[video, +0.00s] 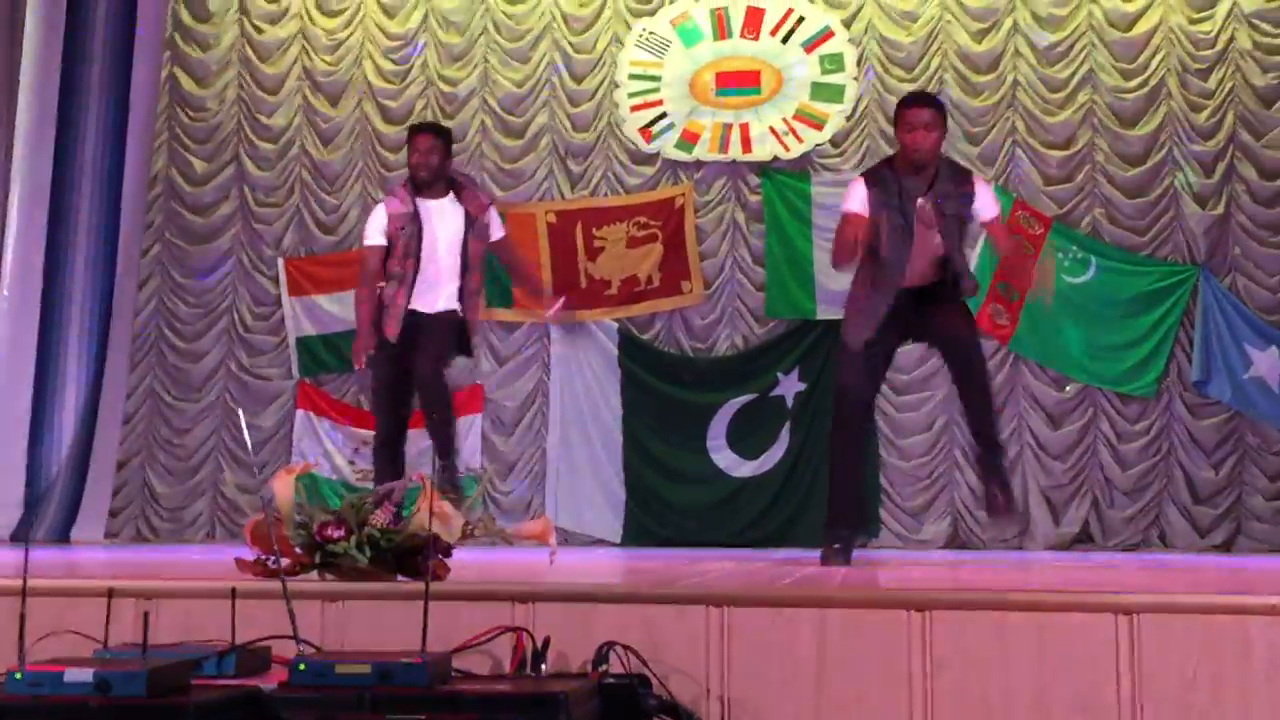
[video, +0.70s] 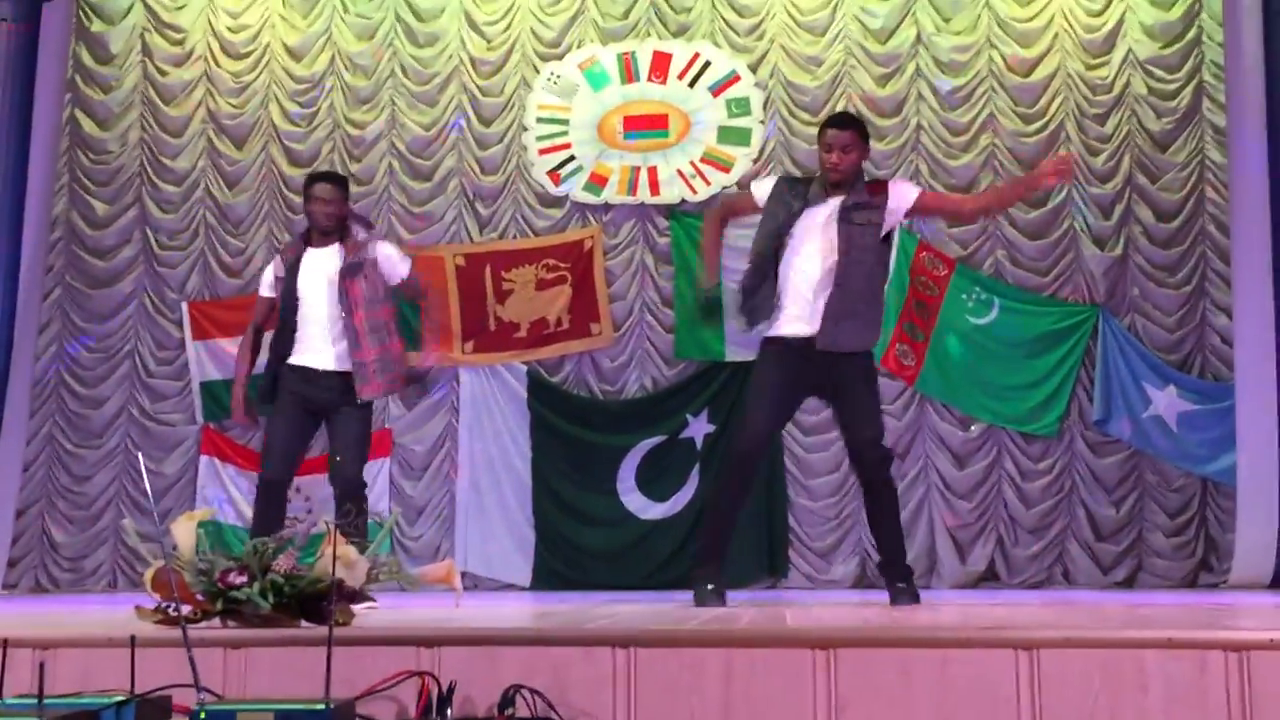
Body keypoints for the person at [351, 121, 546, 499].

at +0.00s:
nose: (421, 160)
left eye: (431, 153)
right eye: (415, 152)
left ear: (448, 159)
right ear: (407, 157)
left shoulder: (475, 206)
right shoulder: (387, 211)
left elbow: (510, 259)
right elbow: (369, 278)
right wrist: (366, 333)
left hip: (445, 318)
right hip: (397, 320)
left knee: (427, 373)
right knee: (389, 418)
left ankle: (446, 467)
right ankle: (385, 503)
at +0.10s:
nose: (415, 161)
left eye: (423, 154)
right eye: (408, 153)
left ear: (438, 159)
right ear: (397, 158)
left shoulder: (462, 206)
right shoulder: (375, 208)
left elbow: (508, 261)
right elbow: (347, 275)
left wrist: (547, 269)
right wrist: (325, 337)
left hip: (446, 330)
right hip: (394, 332)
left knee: (449, 428)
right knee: (388, 433)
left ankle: (460, 522)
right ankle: (379, 521)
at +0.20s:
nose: (379, 176)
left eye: (387, 168)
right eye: (373, 168)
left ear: (404, 173)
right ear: (363, 174)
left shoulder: (429, 221)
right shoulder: (342, 231)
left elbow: (440, 289)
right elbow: (325, 299)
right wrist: (294, 355)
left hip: (421, 341)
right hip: (372, 345)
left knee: (425, 436)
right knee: (379, 437)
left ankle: (422, 522)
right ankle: (386, 524)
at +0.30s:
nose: (362, 190)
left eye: (372, 182)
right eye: (356, 182)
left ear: (389, 188)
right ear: (348, 188)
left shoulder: (412, 238)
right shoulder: (332, 241)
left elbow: (390, 303)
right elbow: (325, 304)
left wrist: (347, 349)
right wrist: (317, 357)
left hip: (406, 353)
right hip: (359, 355)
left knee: (409, 447)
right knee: (389, 443)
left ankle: (421, 531)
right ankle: (417, 520)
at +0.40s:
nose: (354, 186)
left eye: (363, 179)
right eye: (348, 178)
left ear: (380, 186)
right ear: (340, 184)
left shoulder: (402, 236)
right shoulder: (328, 238)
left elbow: (392, 303)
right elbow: (324, 307)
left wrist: (355, 334)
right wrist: (316, 364)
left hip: (392, 352)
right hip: (345, 352)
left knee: (398, 447)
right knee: (344, 437)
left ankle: (401, 536)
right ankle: (376, 522)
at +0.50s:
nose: (336, 184)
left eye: (345, 177)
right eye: (330, 176)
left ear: (362, 181)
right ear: (322, 181)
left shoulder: (389, 222)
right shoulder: (309, 231)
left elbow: (409, 260)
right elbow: (306, 291)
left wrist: (380, 268)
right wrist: (295, 332)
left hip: (372, 357)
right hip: (319, 356)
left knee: (373, 456)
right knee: (287, 440)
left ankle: (377, 551)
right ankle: (279, 540)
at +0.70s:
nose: (323, 209)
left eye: (332, 201)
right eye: (315, 201)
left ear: (347, 206)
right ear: (304, 206)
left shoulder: (374, 253)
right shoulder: (285, 261)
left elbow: (426, 294)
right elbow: (255, 328)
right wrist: (239, 392)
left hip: (350, 387)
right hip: (295, 384)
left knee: (348, 482)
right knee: (273, 477)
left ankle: (351, 580)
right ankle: (256, 574)